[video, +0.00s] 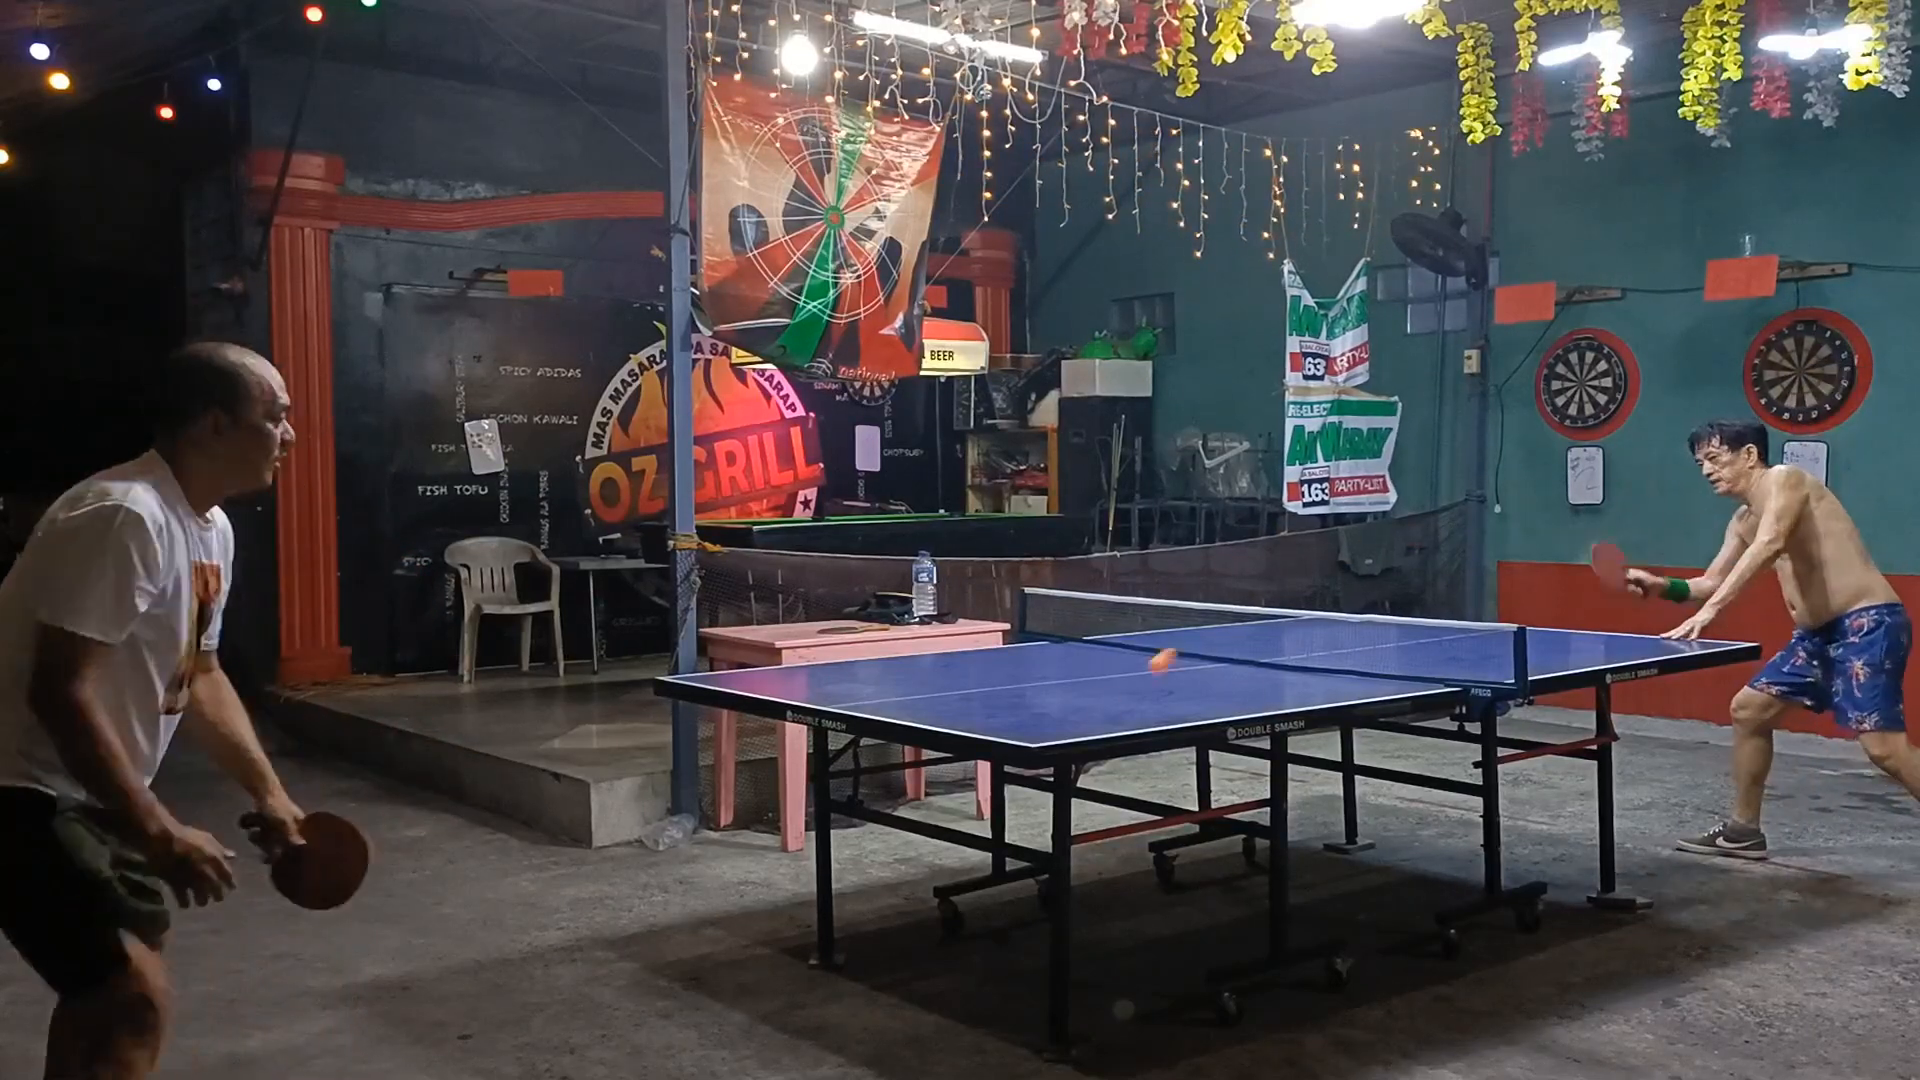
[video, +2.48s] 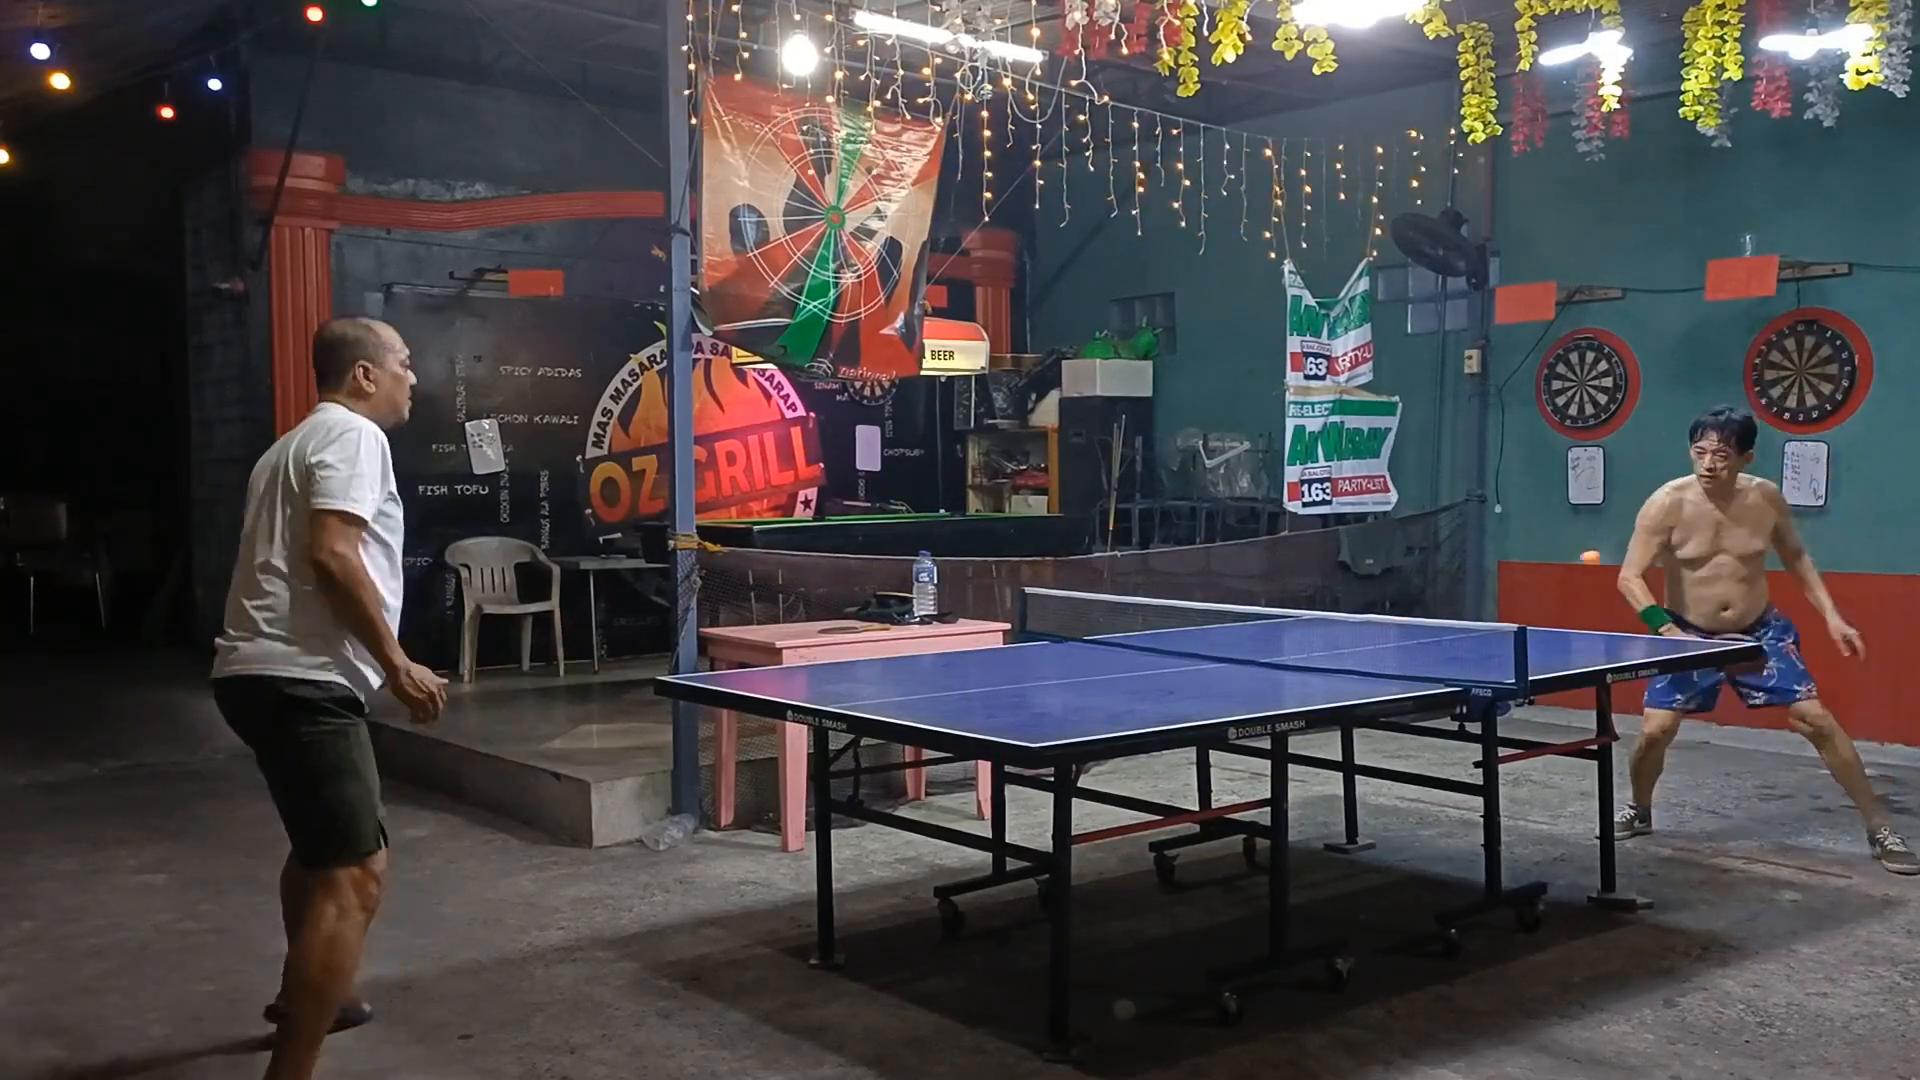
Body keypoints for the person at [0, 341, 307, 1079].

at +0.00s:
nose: (288, 434)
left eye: (286, 416)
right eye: (274, 416)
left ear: (221, 431)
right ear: (214, 426)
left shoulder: (213, 528)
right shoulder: (120, 519)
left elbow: (197, 673)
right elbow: (57, 687)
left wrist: (269, 793)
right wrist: (158, 830)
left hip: (102, 801)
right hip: (26, 797)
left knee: (101, 1009)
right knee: (131, 1005)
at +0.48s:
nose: (363, 481)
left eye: (366, 460)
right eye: (354, 460)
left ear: (287, 457)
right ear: (282, 451)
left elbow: (395, 658)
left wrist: (505, 733)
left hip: (118, 813)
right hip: (21, 803)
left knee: (58, 1045)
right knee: (90, 1041)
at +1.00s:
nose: (371, 374)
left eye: (367, 354)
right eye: (358, 353)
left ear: (304, 367)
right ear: (306, 366)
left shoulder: (271, 472)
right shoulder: (206, 471)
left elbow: (218, 647)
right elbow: (138, 645)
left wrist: (243, 789)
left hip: (194, 778)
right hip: (124, 778)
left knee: (225, 1012)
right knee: (196, 1026)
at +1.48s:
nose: (454, 457)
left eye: (455, 444)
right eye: (455, 443)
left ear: (374, 441)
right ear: (440, 440)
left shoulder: (328, 511)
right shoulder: (399, 512)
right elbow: (449, 639)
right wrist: (557, 747)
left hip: (237, 758)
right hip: (299, 763)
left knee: (357, 871)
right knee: (443, 950)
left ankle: (353, 1020)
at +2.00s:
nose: (432, 468)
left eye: (430, 458)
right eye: (429, 457)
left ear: (370, 457)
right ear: (406, 451)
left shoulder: (349, 509)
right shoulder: (393, 478)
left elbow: (398, 649)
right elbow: (389, 552)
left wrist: (488, 691)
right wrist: (450, 639)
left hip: (282, 688)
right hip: (335, 682)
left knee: (372, 843)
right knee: (396, 877)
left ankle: (383, 990)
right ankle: (367, 1067)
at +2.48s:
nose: (413, 381)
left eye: (409, 367)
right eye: (404, 368)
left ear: (344, 380)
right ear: (364, 376)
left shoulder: (287, 446)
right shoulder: (351, 434)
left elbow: (282, 572)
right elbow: (334, 553)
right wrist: (399, 666)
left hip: (259, 674)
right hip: (305, 680)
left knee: (318, 845)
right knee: (356, 881)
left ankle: (307, 988)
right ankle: (289, 1069)